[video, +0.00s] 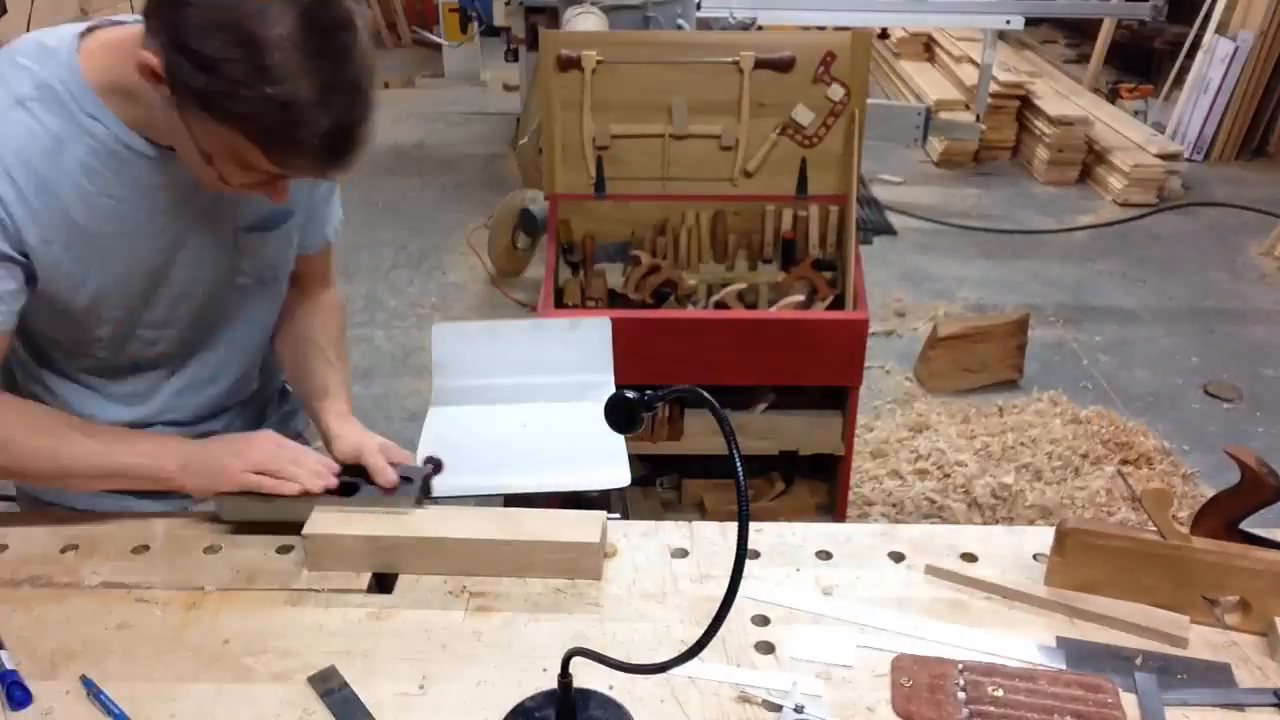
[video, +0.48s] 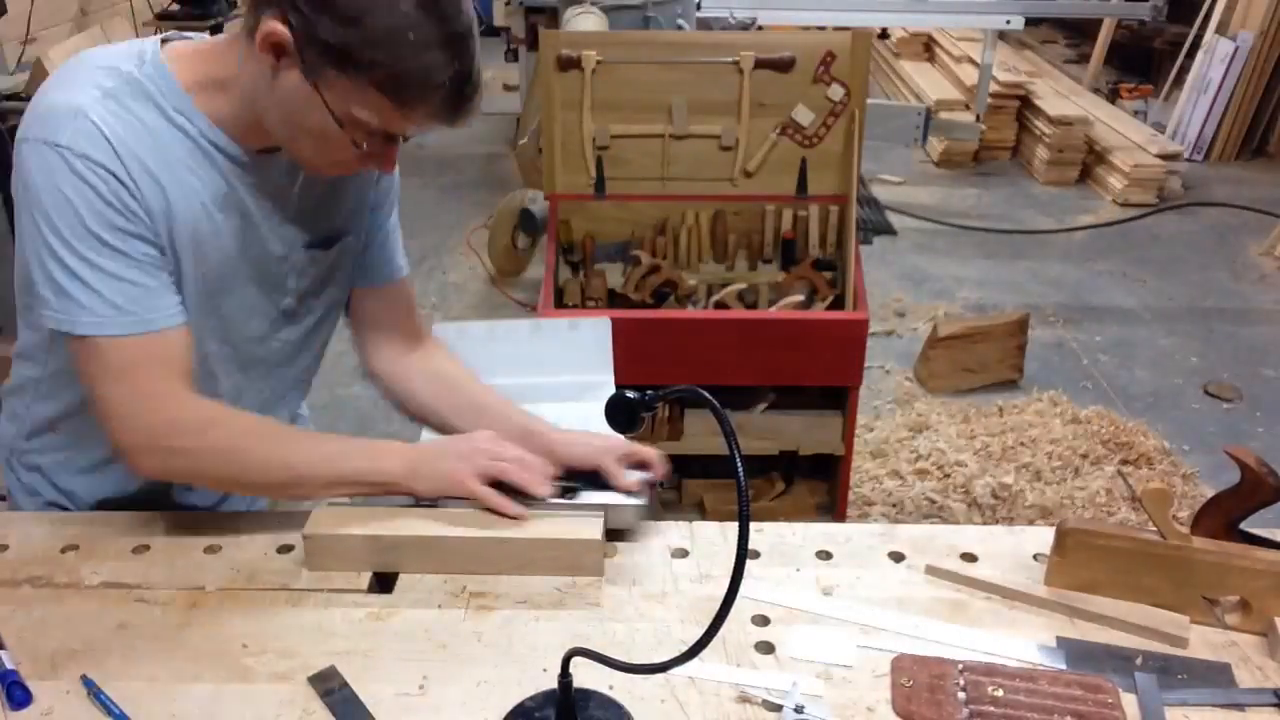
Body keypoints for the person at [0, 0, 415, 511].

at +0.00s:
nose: (281, 195)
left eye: (298, 169)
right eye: (250, 172)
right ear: (155, 76)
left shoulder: (292, 104)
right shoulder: (14, 142)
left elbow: (308, 287)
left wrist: (337, 419)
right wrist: (183, 461)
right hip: (81, 502)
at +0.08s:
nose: (295, 198)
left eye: (309, 171)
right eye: (268, 172)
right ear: (167, 88)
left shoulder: (296, 127)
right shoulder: (14, 145)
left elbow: (294, 311)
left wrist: (316, 424)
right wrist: (175, 452)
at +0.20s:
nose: (265, 153)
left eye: (277, 122)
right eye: (239, 126)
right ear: (126, 49)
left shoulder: (269, 93)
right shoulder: (10, 149)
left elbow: (284, 290)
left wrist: (316, 423)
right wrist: (166, 461)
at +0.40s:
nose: (170, 88)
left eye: (190, 60)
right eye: (143, 61)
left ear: (212, 31)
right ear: (57, 2)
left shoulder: (213, 67)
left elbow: (231, 284)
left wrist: (307, 429)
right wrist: (92, 453)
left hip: (225, 443)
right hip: (65, 497)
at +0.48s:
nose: (384, 166)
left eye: (401, 140)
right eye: (369, 131)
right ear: (276, 49)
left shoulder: (344, 139)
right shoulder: (86, 130)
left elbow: (399, 343)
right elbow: (153, 428)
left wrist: (543, 439)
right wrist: (414, 462)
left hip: (245, 514)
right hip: (73, 529)